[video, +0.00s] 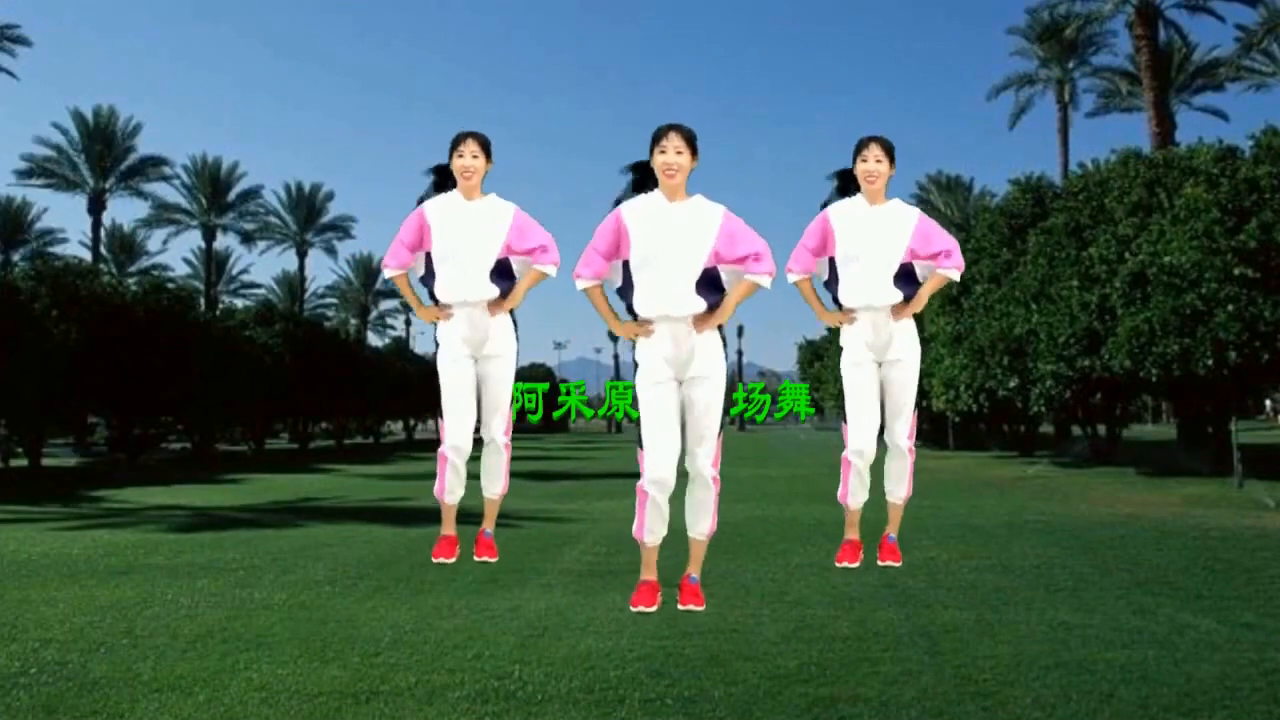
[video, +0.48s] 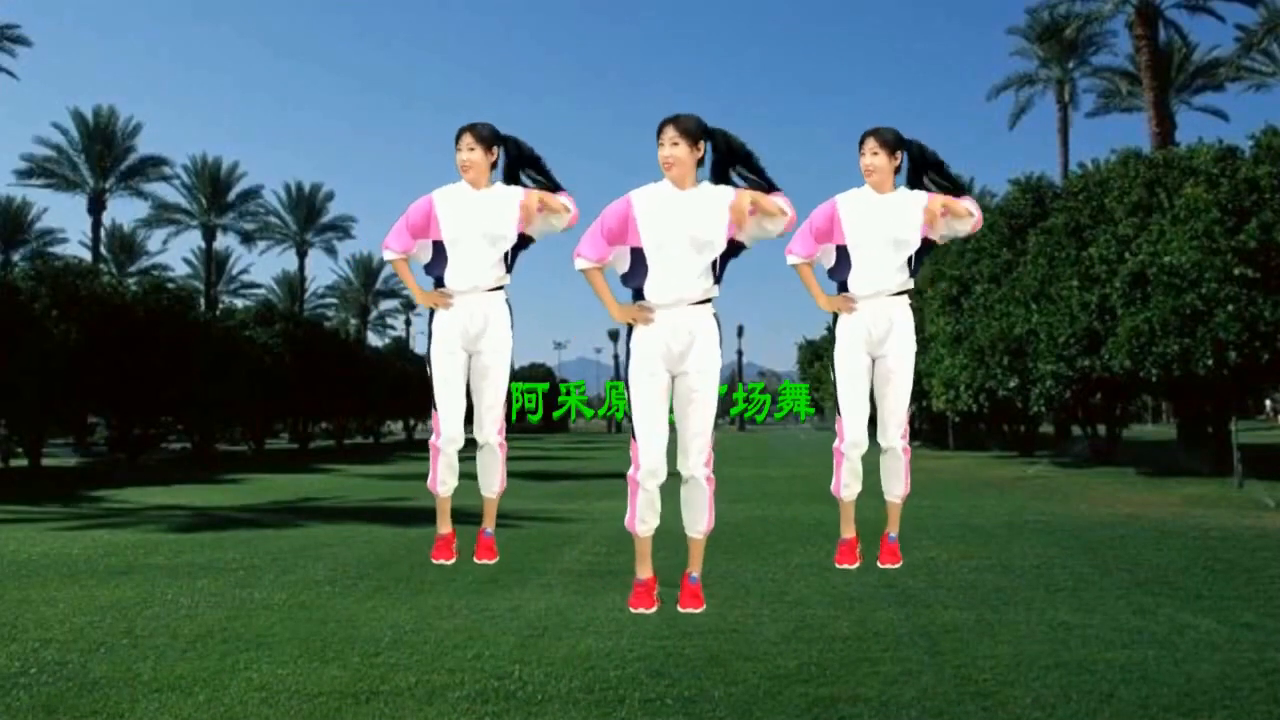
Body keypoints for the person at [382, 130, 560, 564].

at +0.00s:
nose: (467, 162)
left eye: (475, 156)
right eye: (460, 156)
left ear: (488, 165)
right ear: (451, 164)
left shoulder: (505, 212)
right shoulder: (430, 212)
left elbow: (548, 254)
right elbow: (394, 263)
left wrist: (515, 297)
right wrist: (420, 308)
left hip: (496, 325)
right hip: (452, 327)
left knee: (496, 431)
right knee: (456, 431)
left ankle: (488, 532)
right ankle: (448, 531)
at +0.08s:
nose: (468, 174)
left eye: (476, 168)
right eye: (461, 167)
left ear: (489, 176)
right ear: (452, 176)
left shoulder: (502, 223)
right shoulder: (431, 220)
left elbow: (549, 260)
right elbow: (396, 272)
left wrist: (517, 296)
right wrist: (419, 320)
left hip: (500, 330)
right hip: (455, 333)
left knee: (503, 436)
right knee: (467, 438)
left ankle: (487, 532)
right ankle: (449, 532)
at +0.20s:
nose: (466, 171)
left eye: (474, 165)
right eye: (460, 165)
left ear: (488, 173)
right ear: (452, 173)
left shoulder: (505, 219)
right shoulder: (432, 218)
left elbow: (555, 244)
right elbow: (395, 272)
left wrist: (523, 282)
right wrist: (418, 317)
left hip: (498, 326)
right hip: (453, 330)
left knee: (498, 435)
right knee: (463, 436)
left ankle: (486, 531)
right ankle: (449, 531)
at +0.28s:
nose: (462, 162)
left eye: (470, 154)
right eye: (457, 155)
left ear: (488, 161)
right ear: (450, 163)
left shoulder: (508, 205)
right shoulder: (433, 208)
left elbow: (562, 221)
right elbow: (392, 258)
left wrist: (528, 255)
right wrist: (419, 303)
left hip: (495, 316)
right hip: (450, 318)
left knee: (493, 428)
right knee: (453, 428)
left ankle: (484, 531)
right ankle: (445, 530)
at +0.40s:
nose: (461, 153)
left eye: (469, 145)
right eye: (457, 146)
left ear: (491, 150)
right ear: (453, 154)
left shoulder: (515, 190)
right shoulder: (437, 198)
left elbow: (572, 191)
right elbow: (392, 243)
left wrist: (539, 203)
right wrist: (418, 287)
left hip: (493, 306)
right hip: (448, 307)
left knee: (492, 424)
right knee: (444, 424)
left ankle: (488, 528)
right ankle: (441, 528)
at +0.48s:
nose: (465, 156)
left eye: (473, 149)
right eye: (461, 150)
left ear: (493, 155)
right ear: (455, 157)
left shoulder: (515, 198)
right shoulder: (438, 202)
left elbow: (569, 212)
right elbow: (394, 248)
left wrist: (541, 198)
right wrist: (421, 294)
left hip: (494, 310)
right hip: (449, 310)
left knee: (491, 426)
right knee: (448, 428)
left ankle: (487, 531)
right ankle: (444, 530)